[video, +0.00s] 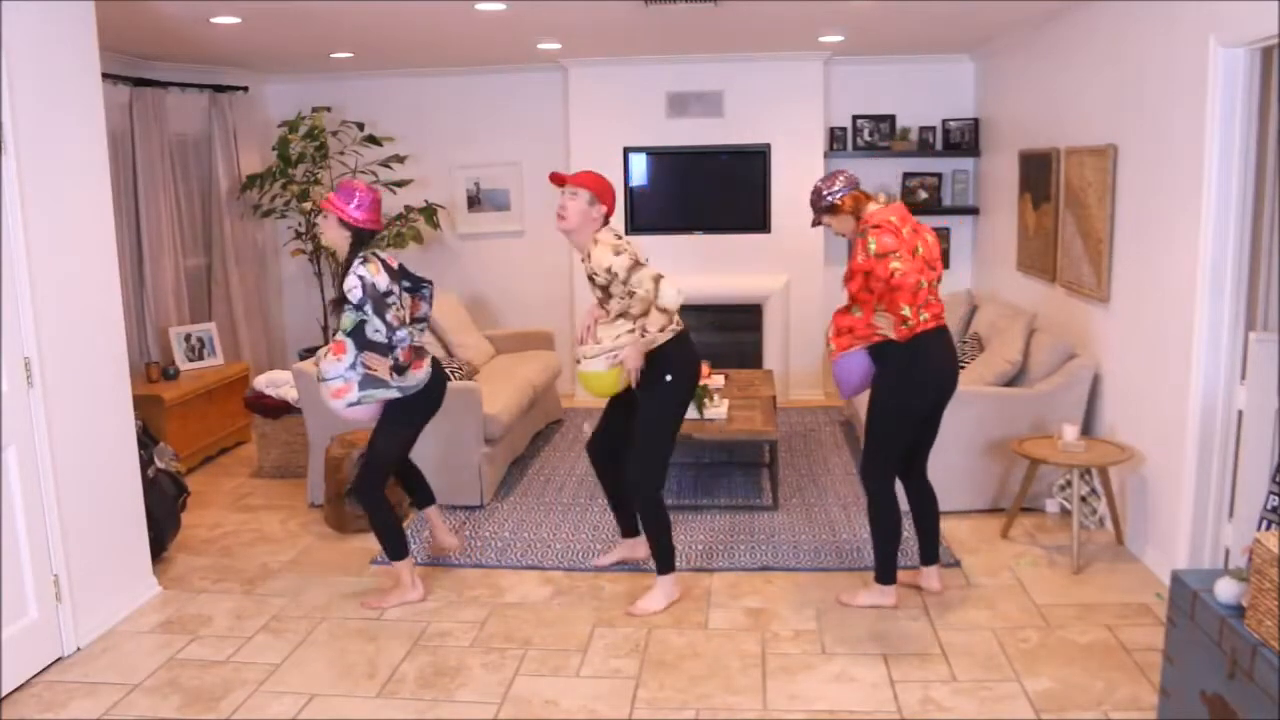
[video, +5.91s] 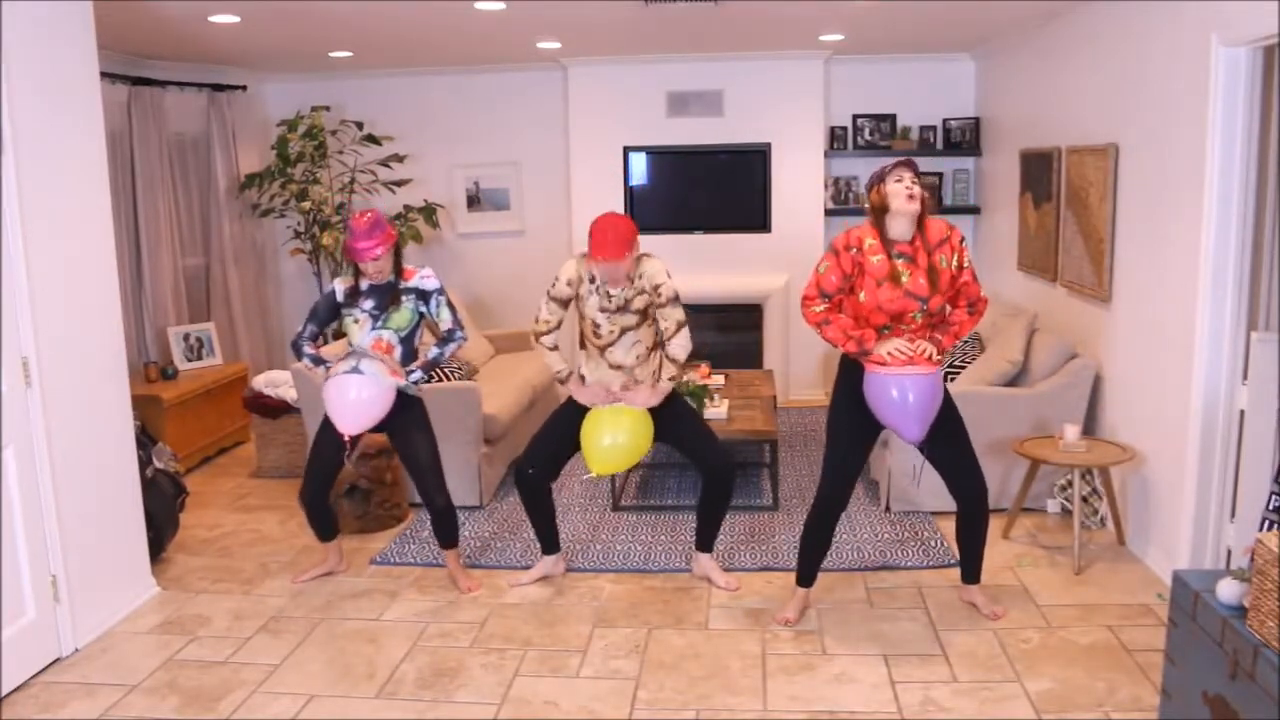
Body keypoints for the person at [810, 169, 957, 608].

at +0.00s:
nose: (832, 232)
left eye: (829, 223)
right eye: (826, 225)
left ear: (845, 207)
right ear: (853, 202)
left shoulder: (873, 233)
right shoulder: (910, 222)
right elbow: (934, 270)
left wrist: (841, 330)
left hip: (906, 357)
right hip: (940, 352)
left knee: (875, 471)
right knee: (912, 467)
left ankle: (884, 585)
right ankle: (930, 570)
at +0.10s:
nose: (829, 236)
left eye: (827, 228)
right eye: (823, 231)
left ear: (843, 212)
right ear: (842, 211)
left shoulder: (879, 235)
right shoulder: (892, 225)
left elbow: (912, 287)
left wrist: (882, 332)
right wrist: (841, 329)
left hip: (909, 359)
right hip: (926, 355)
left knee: (877, 471)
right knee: (895, 467)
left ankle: (884, 586)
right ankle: (928, 566)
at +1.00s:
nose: (858, 211)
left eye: (866, 200)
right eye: (849, 202)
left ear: (883, 192)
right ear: (839, 199)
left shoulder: (921, 230)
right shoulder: (832, 230)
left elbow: (939, 299)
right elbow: (814, 286)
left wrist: (880, 320)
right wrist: (818, 314)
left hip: (907, 359)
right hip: (853, 358)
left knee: (893, 470)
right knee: (857, 468)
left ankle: (898, 581)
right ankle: (861, 565)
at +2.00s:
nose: (896, 190)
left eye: (903, 183)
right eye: (885, 184)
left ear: (916, 197)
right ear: (871, 201)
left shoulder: (940, 247)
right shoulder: (850, 253)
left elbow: (954, 309)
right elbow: (823, 320)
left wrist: (936, 335)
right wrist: (871, 360)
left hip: (924, 376)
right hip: (861, 377)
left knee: (960, 491)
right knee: (850, 488)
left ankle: (958, 583)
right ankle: (824, 574)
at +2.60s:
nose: (960, 173)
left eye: (967, 166)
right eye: (949, 167)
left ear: (979, 179)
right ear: (933, 182)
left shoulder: (1000, 234)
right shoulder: (907, 235)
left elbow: (1022, 289)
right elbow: (877, 301)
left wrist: (997, 331)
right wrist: (918, 345)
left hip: (972, 367)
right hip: (909, 363)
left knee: (972, 484)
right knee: (873, 468)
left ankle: (959, 580)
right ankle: (823, 561)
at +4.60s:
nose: (920, 206)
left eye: (928, 198)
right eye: (912, 196)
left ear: (935, 201)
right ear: (889, 196)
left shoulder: (947, 238)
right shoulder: (855, 237)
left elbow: (974, 297)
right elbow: (812, 293)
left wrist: (938, 327)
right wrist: (869, 322)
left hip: (921, 370)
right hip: (861, 368)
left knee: (967, 487)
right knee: (832, 487)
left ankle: (971, 585)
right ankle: (801, 591)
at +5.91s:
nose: (911, 187)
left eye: (917, 183)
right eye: (900, 181)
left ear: (925, 198)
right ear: (878, 194)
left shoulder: (944, 237)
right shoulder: (853, 243)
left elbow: (972, 303)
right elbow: (814, 303)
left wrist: (937, 344)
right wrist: (869, 344)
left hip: (924, 377)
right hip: (863, 376)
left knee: (972, 490)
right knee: (833, 491)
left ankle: (971, 585)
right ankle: (801, 592)